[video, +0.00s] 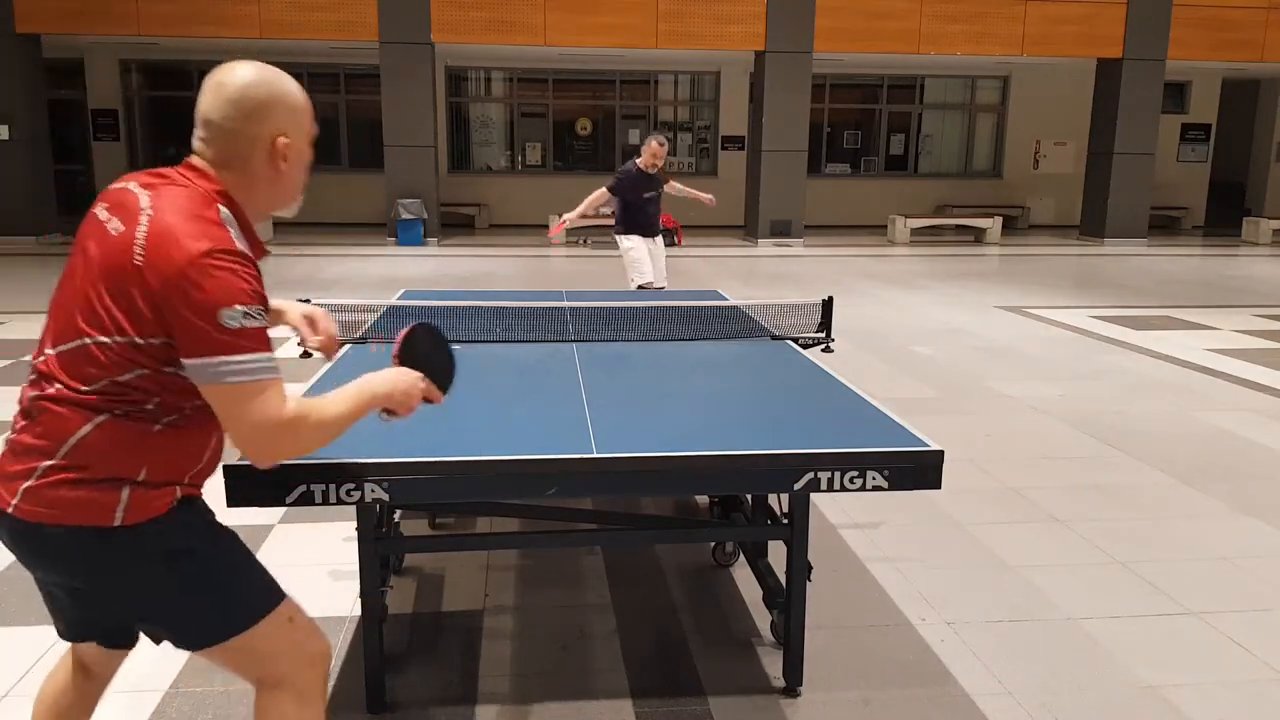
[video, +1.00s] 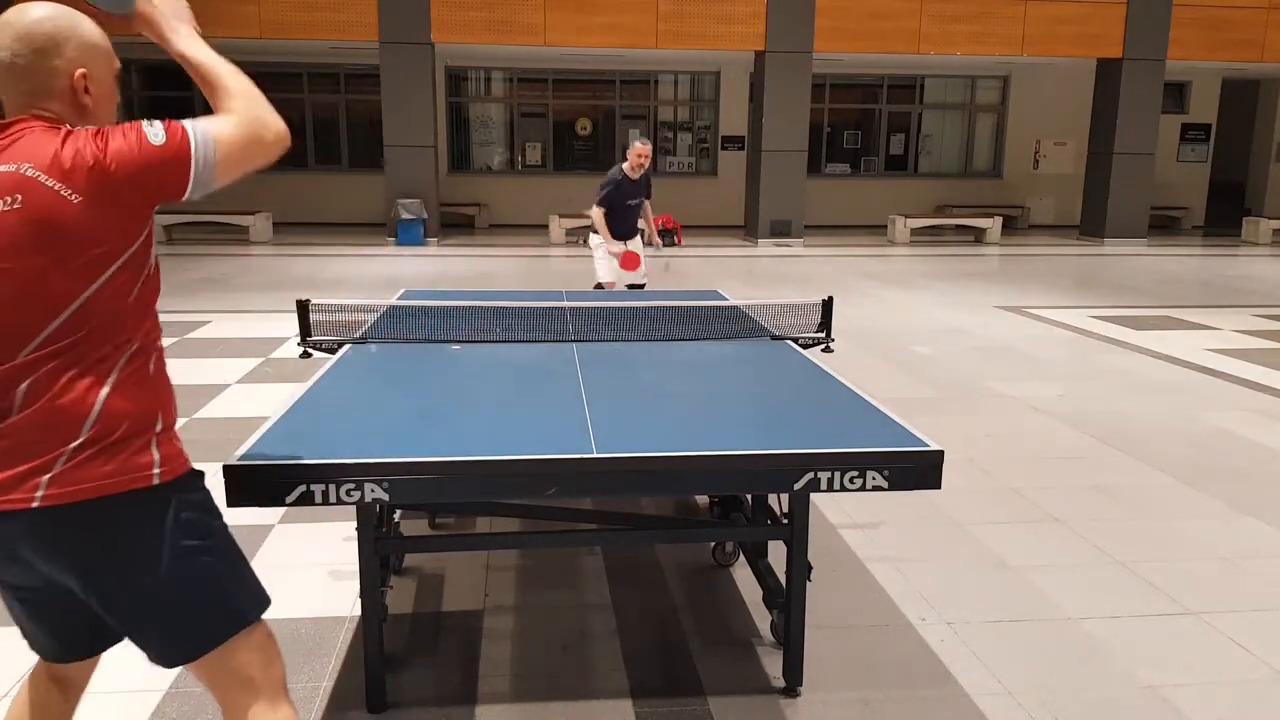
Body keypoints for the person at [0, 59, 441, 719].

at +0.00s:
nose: (313, 161)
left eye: (312, 144)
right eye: (310, 143)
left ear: (206, 133)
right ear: (279, 151)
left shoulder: (131, 194)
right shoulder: (203, 255)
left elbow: (170, 302)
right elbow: (268, 437)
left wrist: (279, 311)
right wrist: (374, 390)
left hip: (39, 496)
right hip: (120, 510)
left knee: (90, 657)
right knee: (297, 662)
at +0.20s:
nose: (409, 230)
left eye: (411, 216)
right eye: (409, 216)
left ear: (305, 193)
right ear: (379, 222)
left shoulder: (244, 234)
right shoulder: (288, 321)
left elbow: (308, 355)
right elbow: (328, 507)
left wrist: (398, 332)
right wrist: (451, 479)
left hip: (90, 515)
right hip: (152, 544)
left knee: (150, 652)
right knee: (346, 680)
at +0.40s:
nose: (437, 278)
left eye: (442, 265)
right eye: (439, 262)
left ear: (346, 220)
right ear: (406, 258)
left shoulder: (310, 256)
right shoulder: (273, 356)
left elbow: (392, 342)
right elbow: (156, 524)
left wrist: (429, 324)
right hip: (166, 537)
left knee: (184, 674)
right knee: (355, 678)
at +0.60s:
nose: (357, 177)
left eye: (358, 159)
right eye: (348, 158)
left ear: (278, 156)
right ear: (287, 160)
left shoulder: (186, 199)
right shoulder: (209, 276)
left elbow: (257, 298)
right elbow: (240, 469)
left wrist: (319, 262)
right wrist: (366, 502)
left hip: (118, 501)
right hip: (174, 519)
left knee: (158, 657)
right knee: (327, 680)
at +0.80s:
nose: (207, 97)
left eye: (206, 81)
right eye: (200, 80)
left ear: (92, 82)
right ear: (162, 92)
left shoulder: (21, 185)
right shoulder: (148, 165)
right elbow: (307, 88)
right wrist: (234, 11)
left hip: (42, 501)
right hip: (153, 502)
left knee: (83, 669)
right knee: (285, 686)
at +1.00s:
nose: (116, 96)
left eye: (113, 78)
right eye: (110, 78)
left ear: (9, 89)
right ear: (80, 85)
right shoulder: (99, 163)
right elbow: (264, 131)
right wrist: (182, 36)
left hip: (10, 503)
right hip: (123, 492)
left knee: (59, 666)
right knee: (254, 688)